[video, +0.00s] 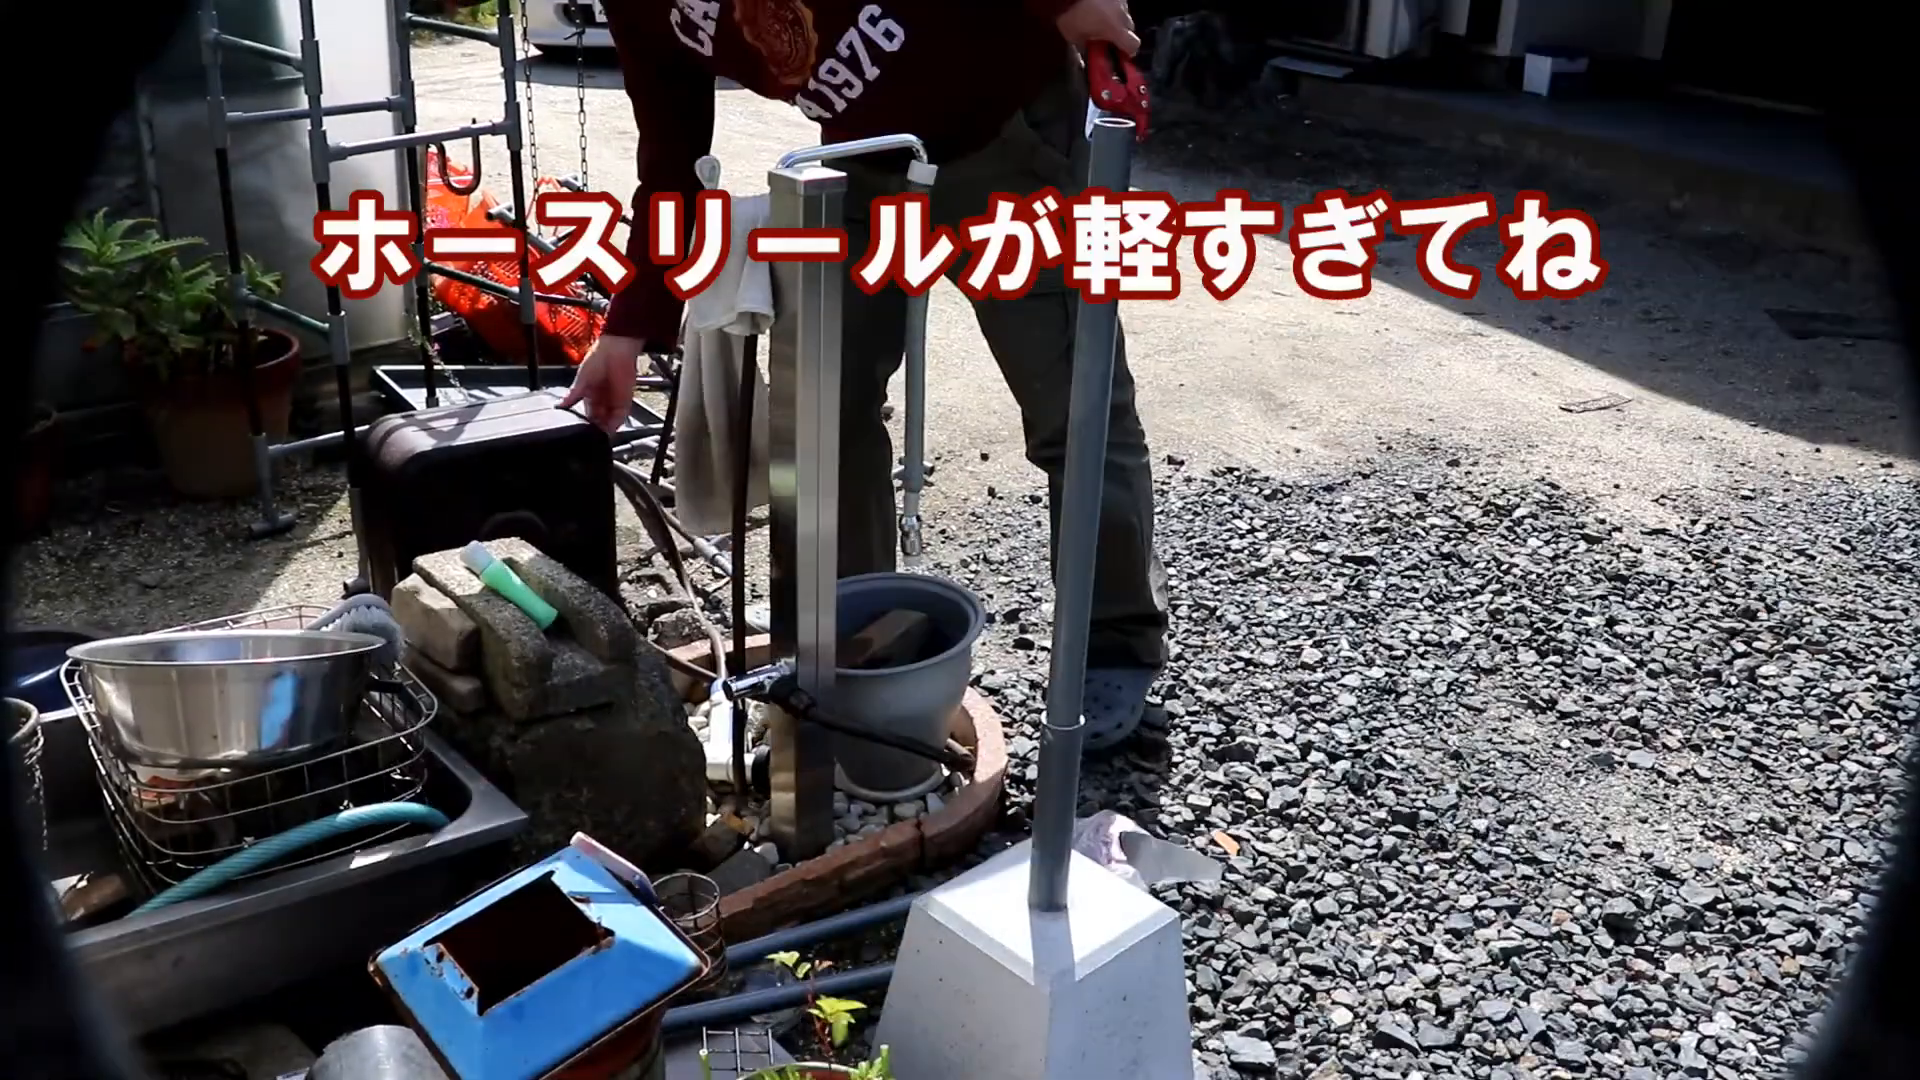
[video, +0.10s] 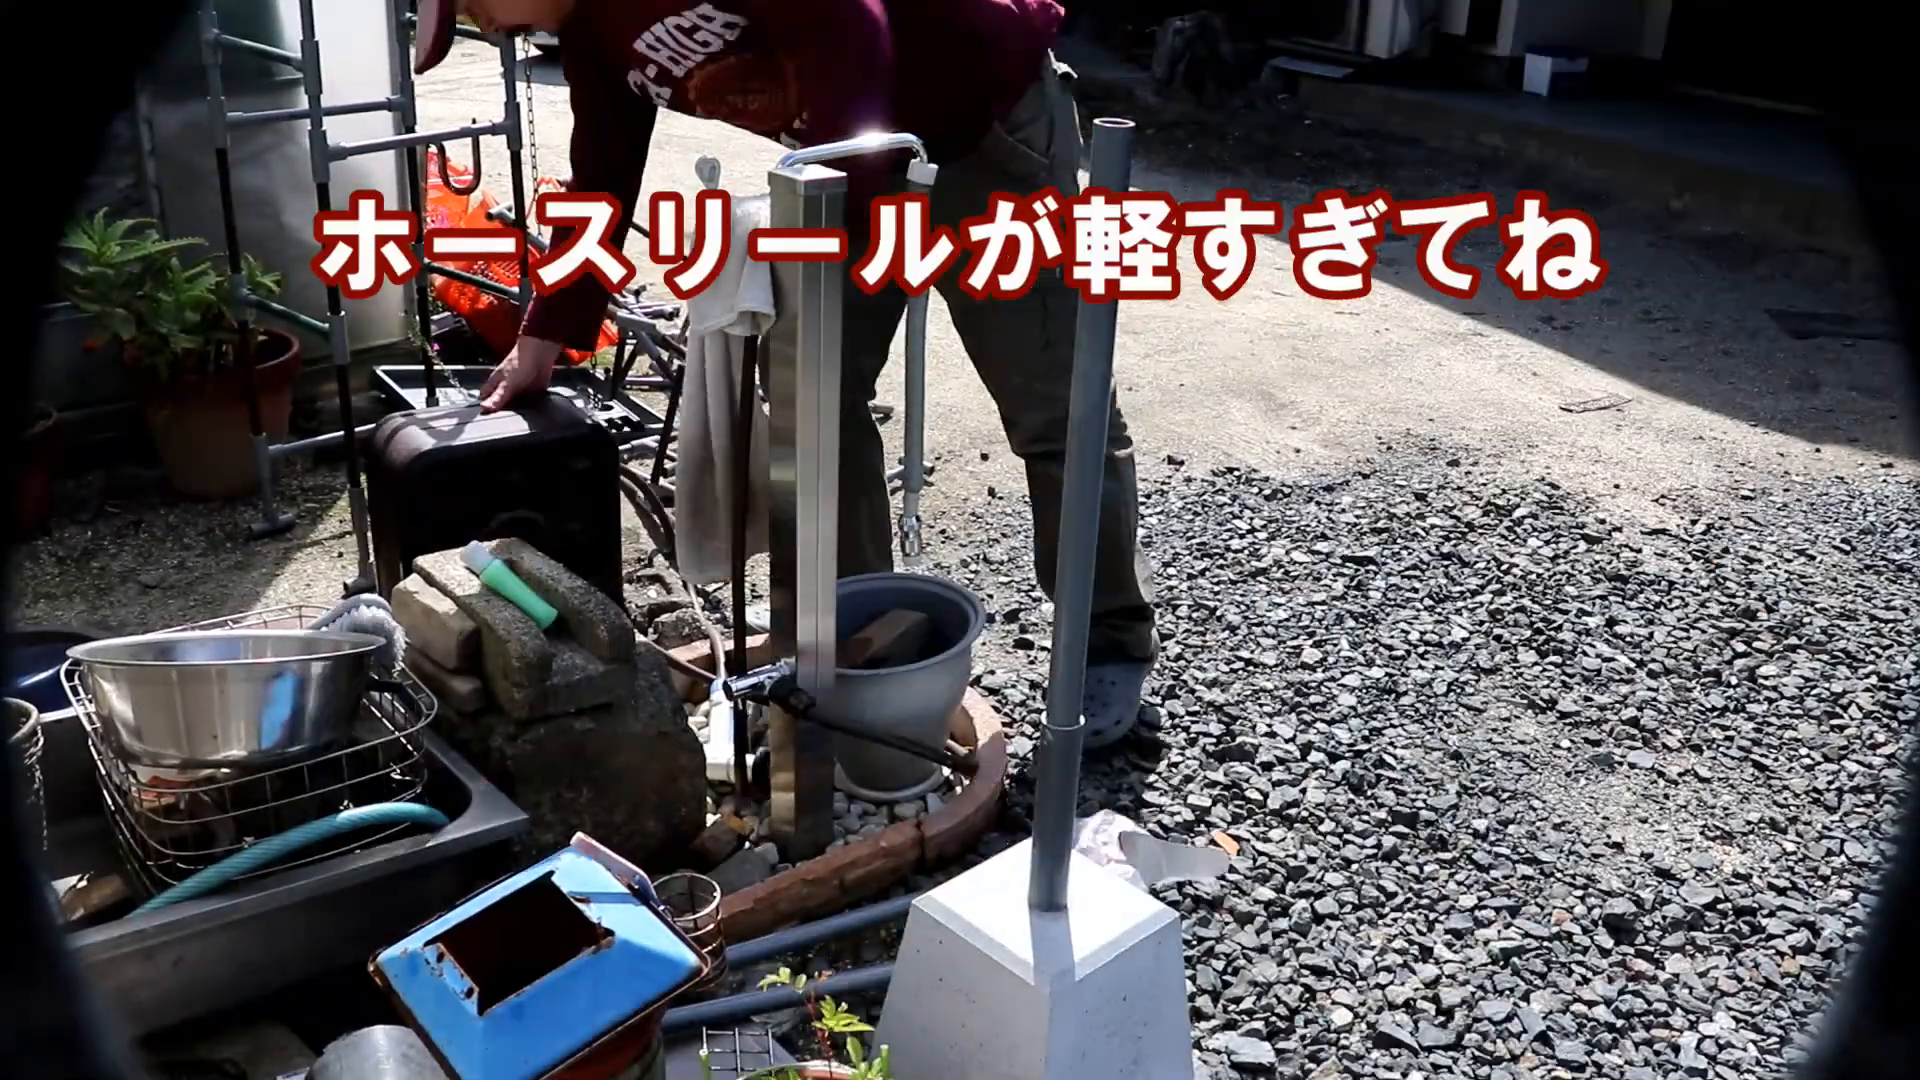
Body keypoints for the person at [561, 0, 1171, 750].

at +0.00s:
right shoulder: (641, 15)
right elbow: (672, 158)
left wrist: (1067, 3)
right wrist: (624, 333)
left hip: (1009, 109)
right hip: (867, 141)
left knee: (1075, 418)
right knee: (826, 402)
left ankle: (1113, 657)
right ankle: (849, 650)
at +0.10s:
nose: (500, 31)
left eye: (488, 14)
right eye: (484, 26)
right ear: (506, 14)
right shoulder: (598, 34)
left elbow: (850, 55)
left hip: (994, 109)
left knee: (1055, 416)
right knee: (817, 410)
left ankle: (1109, 658)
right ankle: (854, 653)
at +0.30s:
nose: (859, 135)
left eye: (845, 122)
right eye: (841, 129)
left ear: (858, 68)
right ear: (856, 66)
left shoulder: (997, 30)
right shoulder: (912, 74)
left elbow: (1075, 168)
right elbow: (946, 181)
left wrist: (985, 286)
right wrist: (925, 310)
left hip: (1231, 106)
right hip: (1119, 121)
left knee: (1166, 332)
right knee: (1035, 307)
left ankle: (1158, 556)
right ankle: (1048, 494)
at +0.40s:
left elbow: (1277, 23)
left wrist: (1137, 41)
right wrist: (959, 0)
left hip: (1239, 107)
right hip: (1092, 94)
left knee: (1195, 362)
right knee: (1031, 329)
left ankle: (1167, 560)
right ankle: (1037, 488)